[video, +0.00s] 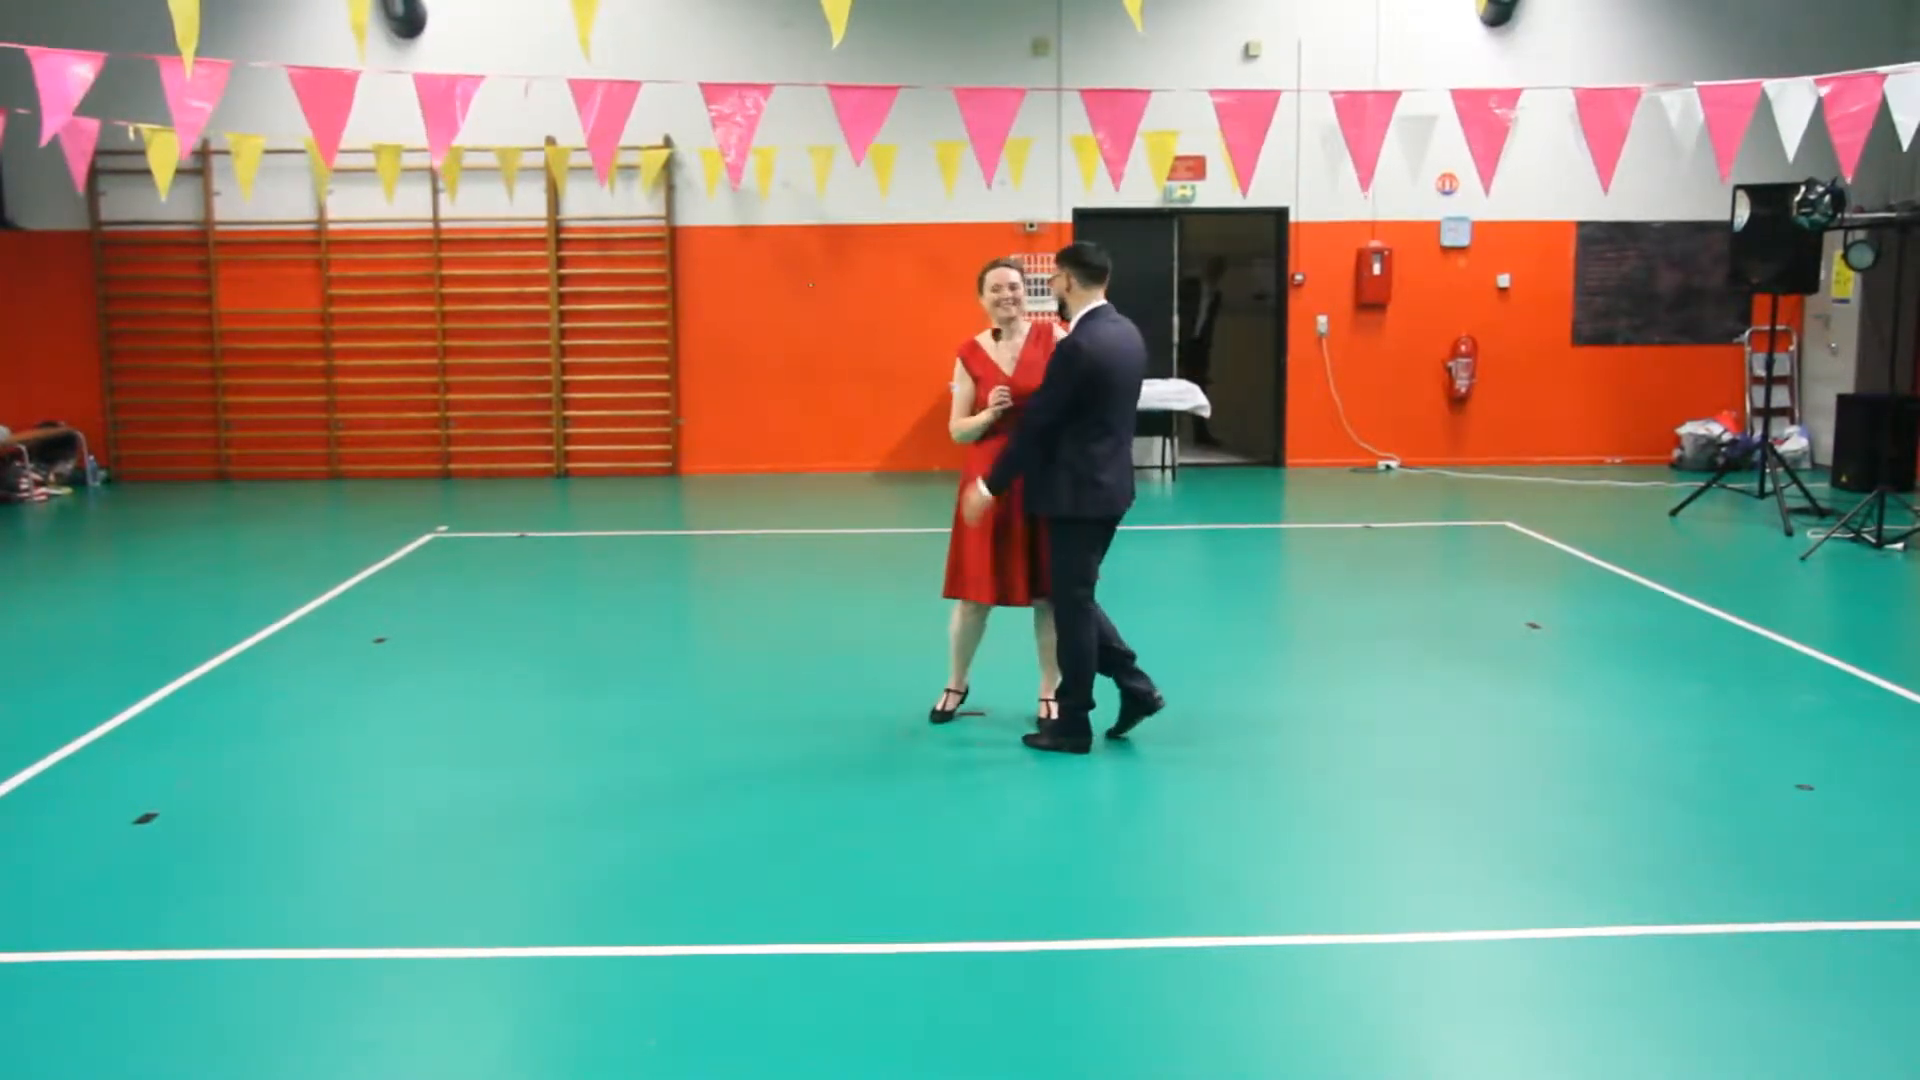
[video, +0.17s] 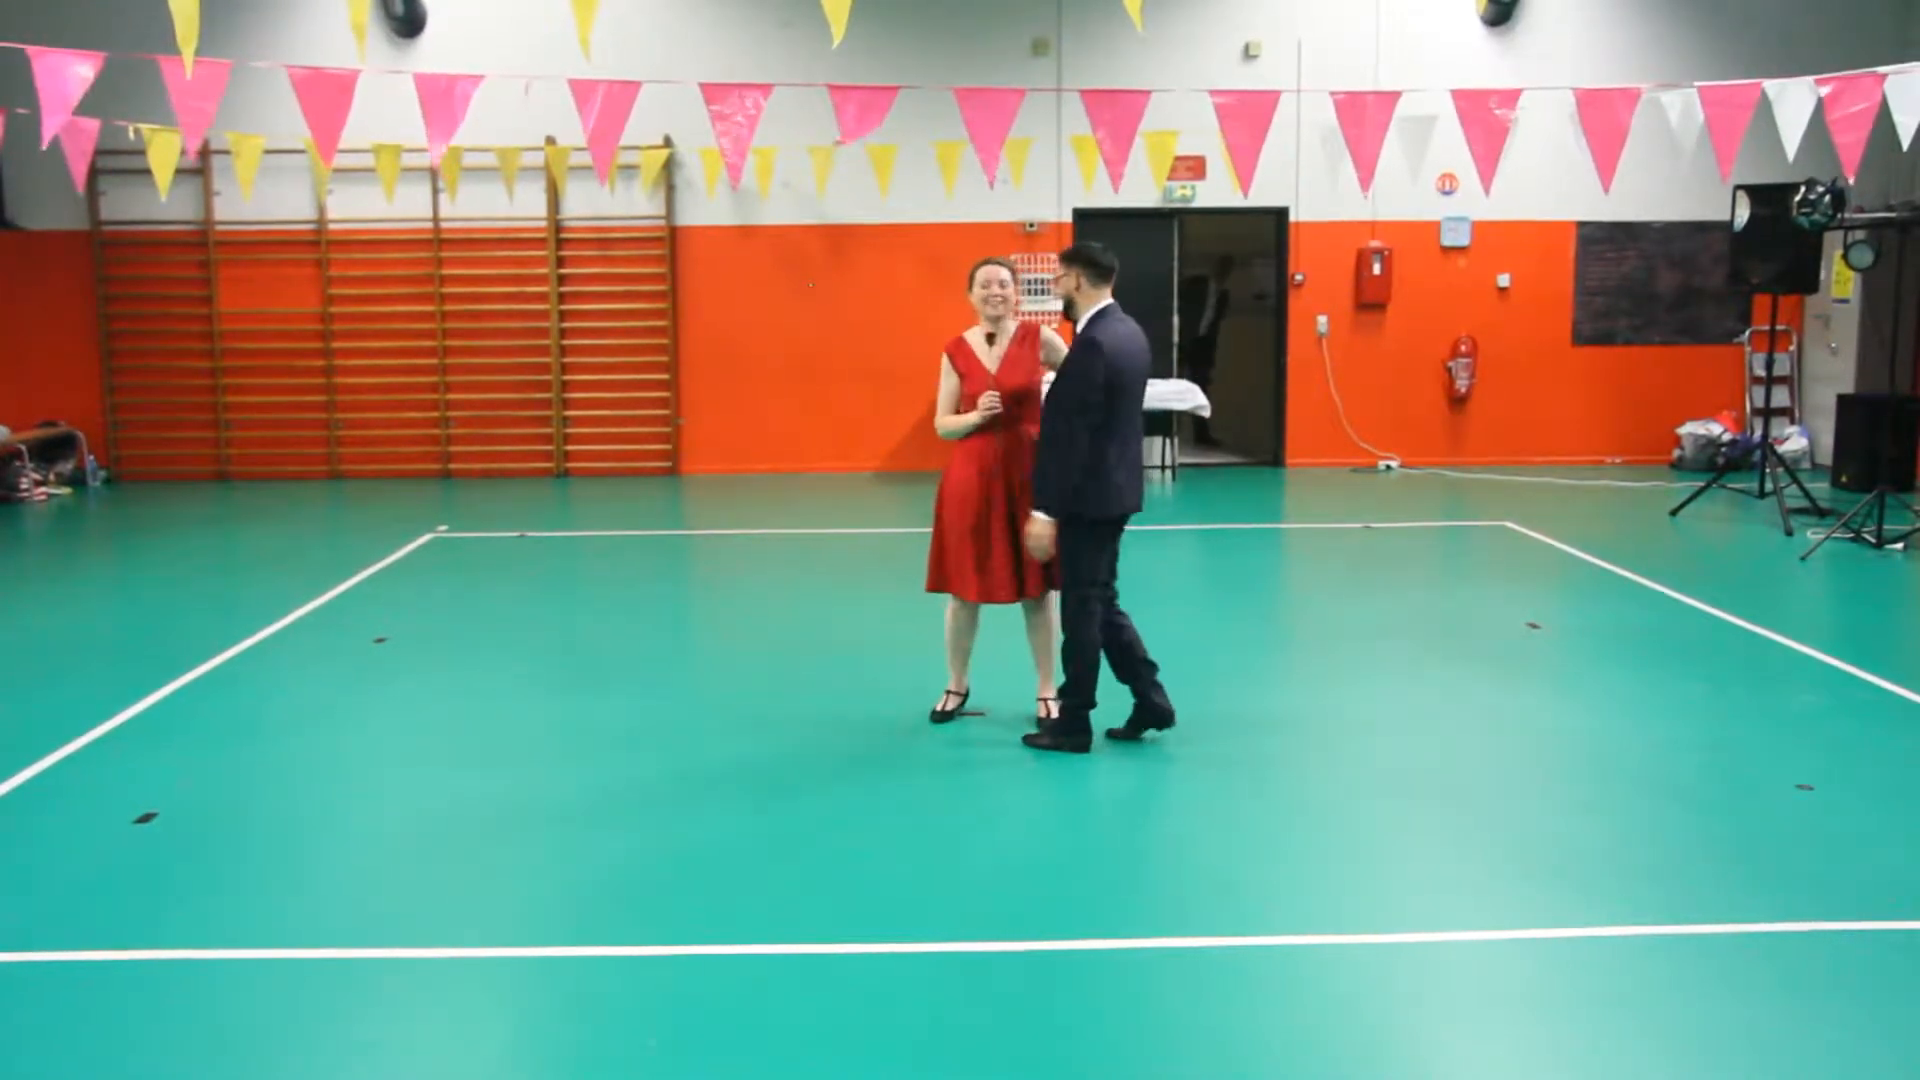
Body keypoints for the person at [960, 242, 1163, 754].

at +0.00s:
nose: (1051, 286)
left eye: (1054, 277)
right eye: (1053, 277)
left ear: (1068, 282)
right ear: (1103, 281)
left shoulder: (1079, 345)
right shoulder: (1127, 335)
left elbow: (1038, 419)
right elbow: (1100, 412)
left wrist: (993, 480)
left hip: (1075, 493)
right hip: (1108, 486)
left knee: (1072, 601)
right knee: (1072, 595)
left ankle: (1070, 724)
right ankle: (1136, 688)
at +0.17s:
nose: (1055, 284)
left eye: (1059, 275)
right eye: (1057, 275)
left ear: (1076, 279)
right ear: (1107, 280)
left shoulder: (1090, 345)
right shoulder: (1130, 333)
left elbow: (1064, 433)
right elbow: (1111, 410)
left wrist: (1044, 509)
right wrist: (1062, 366)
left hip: (1087, 497)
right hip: (1115, 492)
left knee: (1081, 607)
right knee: (1099, 603)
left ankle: (1072, 723)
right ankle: (1151, 700)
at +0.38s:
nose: (1062, 284)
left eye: (1068, 275)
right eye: (1064, 275)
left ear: (1090, 279)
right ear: (1097, 279)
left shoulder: (1122, 339)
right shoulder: (1101, 330)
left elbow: (1129, 428)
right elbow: (1094, 406)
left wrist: (1118, 503)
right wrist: (1055, 425)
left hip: (1107, 498)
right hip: (1101, 493)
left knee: (1084, 609)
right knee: (1124, 603)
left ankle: (1073, 722)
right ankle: (1159, 709)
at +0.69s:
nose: (1073, 291)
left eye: (1080, 282)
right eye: (1073, 283)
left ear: (1109, 283)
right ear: (1097, 285)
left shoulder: (1152, 336)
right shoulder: (1096, 335)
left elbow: (1173, 420)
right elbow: (1095, 410)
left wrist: (1167, 499)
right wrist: (1050, 456)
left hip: (1146, 494)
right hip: (1121, 490)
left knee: (1116, 607)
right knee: (1155, 608)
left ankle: (1086, 723)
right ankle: (1164, 712)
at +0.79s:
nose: (1079, 294)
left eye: (1085, 283)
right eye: (1079, 285)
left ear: (1116, 283)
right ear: (1108, 286)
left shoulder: (1162, 336)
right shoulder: (1110, 338)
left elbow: (1185, 422)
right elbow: (1101, 421)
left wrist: (1181, 500)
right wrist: (1060, 472)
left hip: (1157, 494)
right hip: (1130, 491)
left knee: (1149, 609)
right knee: (1153, 607)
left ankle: (1143, 728)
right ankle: (1161, 713)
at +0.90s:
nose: (1085, 295)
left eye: (1091, 285)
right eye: (1084, 286)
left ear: (1123, 283)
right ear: (1110, 287)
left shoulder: (1169, 335)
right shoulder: (1115, 339)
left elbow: (1192, 422)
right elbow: (1108, 420)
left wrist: (1187, 499)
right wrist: (1069, 473)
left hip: (1166, 495)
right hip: (1134, 493)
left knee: (1163, 612)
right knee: (1154, 609)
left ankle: (1173, 730)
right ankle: (1158, 713)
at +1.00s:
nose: (1094, 293)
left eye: (1101, 284)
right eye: (1094, 285)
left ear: (1133, 282)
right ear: (1123, 286)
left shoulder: (1182, 337)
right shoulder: (1124, 341)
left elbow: (1201, 422)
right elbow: (1110, 414)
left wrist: (1191, 497)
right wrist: (1077, 475)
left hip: (1178, 492)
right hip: (1138, 490)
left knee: (1183, 606)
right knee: (1157, 608)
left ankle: (1227, 721)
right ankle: (1161, 715)